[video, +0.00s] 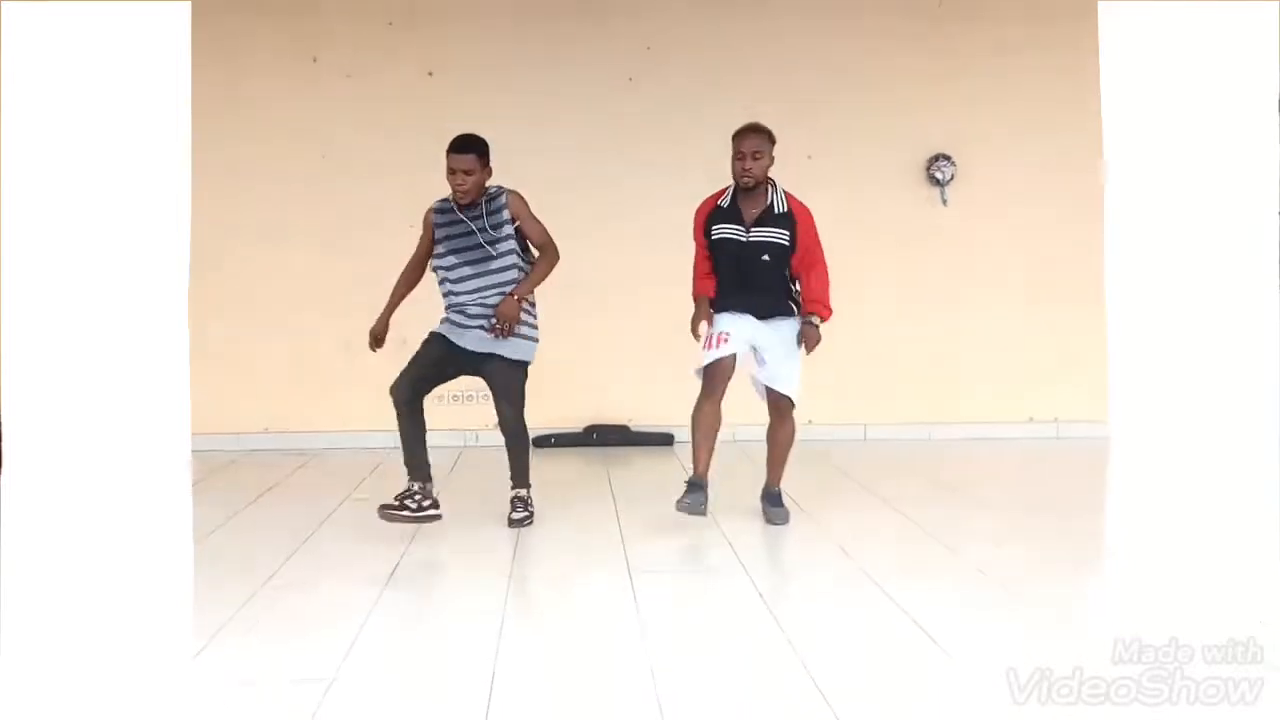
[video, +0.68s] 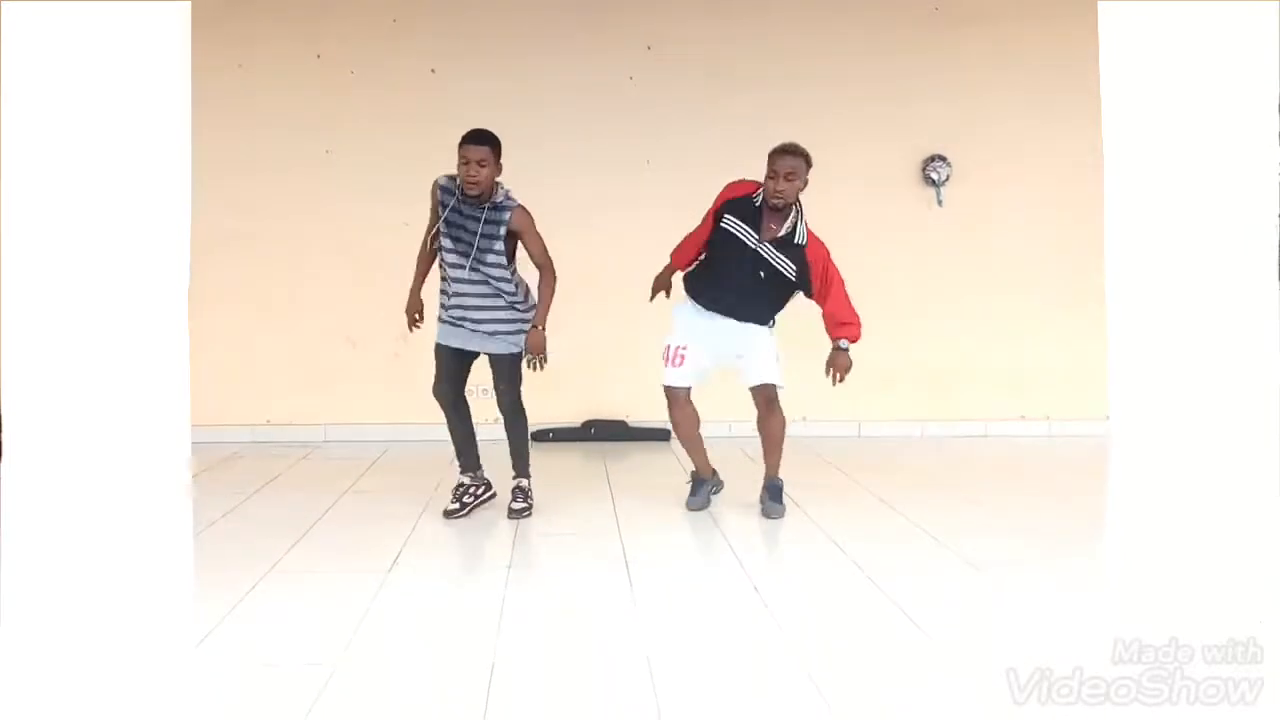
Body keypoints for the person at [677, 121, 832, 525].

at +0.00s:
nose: (745, 163)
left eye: (755, 156)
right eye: (739, 155)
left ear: (771, 161)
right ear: (731, 159)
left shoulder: (794, 212)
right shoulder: (711, 210)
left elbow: (812, 264)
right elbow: (703, 261)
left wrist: (813, 316)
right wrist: (702, 302)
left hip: (780, 318)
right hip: (729, 314)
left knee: (782, 405)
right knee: (714, 380)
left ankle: (773, 490)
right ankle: (698, 482)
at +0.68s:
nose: (778, 185)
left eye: (789, 178)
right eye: (773, 175)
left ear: (804, 185)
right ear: (764, 174)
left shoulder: (806, 247)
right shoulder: (735, 197)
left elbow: (834, 295)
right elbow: (703, 233)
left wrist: (842, 344)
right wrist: (670, 269)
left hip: (752, 327)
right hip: (698, 313)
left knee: (768, 399)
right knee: (675, 393)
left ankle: (772, 481)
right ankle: (704, 475)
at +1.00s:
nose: (760, 154)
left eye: (765, 149)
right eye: (749, 150)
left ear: (774, 162)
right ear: (734, 164)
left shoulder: (790, 205)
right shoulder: (722, 211)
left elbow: (807, 264)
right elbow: (690, 258)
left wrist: (820, 318)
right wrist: (648, 295)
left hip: (768, 305)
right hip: (716, 302)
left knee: (777, 396)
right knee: (704, 392)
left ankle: (787, 485)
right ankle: (710, 479)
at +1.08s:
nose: (740, 154)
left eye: (744, 149)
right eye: (728, 151)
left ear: (752, 160)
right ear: (713, 167)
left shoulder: (776, 193)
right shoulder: (712, 220)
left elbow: (809, 238)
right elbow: (693, 277)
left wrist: (827, 278)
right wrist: (657, 331)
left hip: (787, 303)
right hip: (736, 308)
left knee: (792, 395)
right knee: (723, 395)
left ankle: (790, 484)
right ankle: (718, 479)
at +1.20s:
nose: (714, 146)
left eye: (717, 141)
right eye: (702, 144)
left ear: (726, 152)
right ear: (688, 164)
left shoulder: (759, 175)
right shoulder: (699, 221)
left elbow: (801, 198)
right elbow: (692, 280)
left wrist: (827, 222)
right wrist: (668, 340)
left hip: (794, 290)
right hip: (742, 301)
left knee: (795, 386)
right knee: (727, 387)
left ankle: (787, 475)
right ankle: (717, 471)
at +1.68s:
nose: (660, 160)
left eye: (665, 150)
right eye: (659, 151)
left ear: (690, 147)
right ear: (680, 152)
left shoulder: (734, 158)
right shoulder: (688, 197)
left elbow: (784, 183)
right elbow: (693, 248)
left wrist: (793, 244)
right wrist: (682, 304)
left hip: (778, 267)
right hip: (732, 275)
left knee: (785, 355)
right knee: (721, 356)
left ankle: (784, 443)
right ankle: (719, 441)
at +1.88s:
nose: (697, 139)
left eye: (706, 130)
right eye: (693, 130)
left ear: (731, 126)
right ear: (691, 126)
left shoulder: (767, 164)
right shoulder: (692, 167)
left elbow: (797, 218)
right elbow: (682, 222)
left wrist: (799, 273)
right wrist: (676, 276)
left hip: (765, 277)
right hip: (712, 277)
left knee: (781, 358)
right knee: (697, 358)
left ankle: (777, 436)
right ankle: (709, 438)